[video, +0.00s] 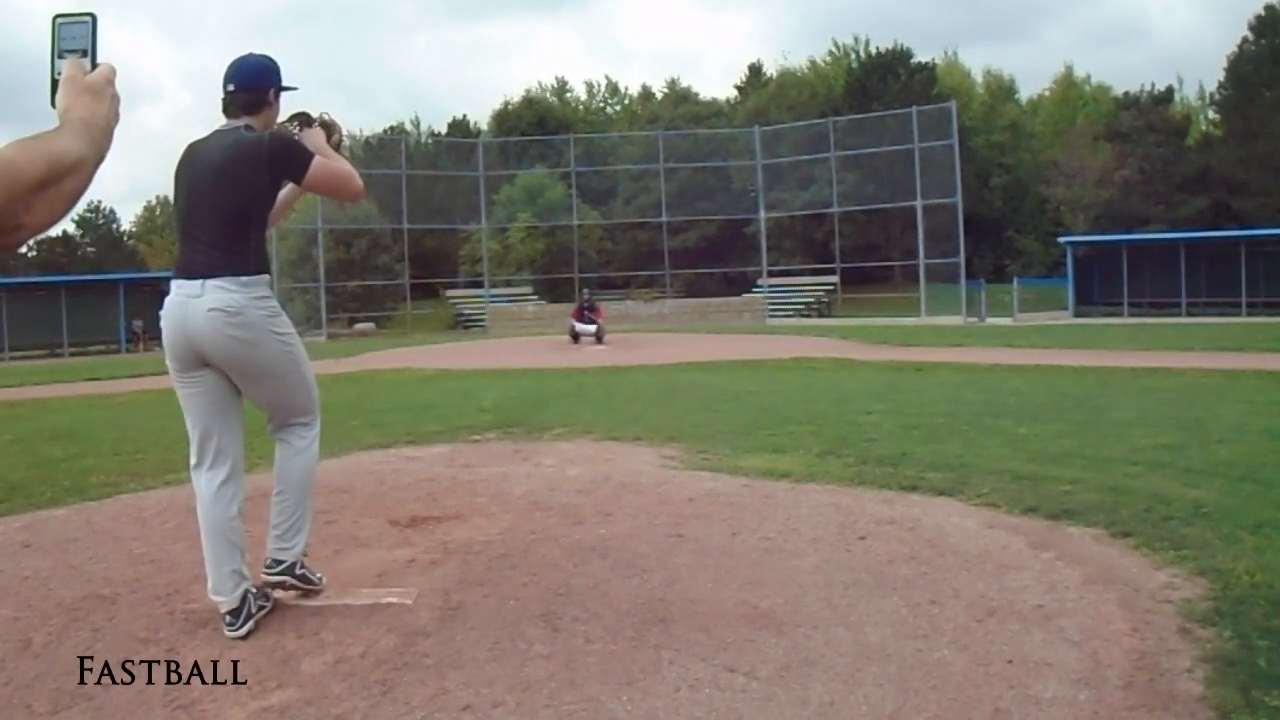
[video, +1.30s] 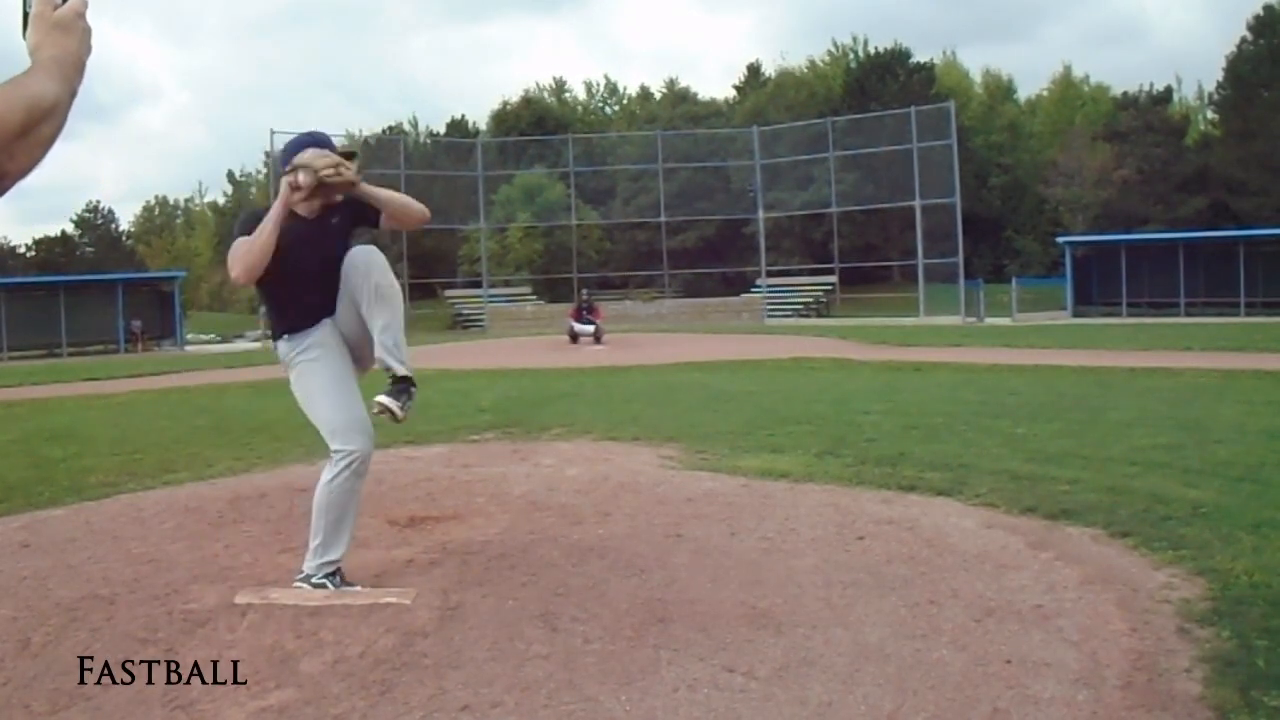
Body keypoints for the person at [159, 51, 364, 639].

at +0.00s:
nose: (279, 107)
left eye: (274, 98)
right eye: (280, 99)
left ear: (226, 100)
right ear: (272, 101)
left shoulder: (194, 153)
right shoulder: (273, 145)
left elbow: (259, 218)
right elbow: (352, 186)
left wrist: (300, 160)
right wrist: (321, 143)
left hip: (178, 310)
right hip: (239, 306)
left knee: (213, 462)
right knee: (297, 423)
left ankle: (234, 602)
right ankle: (286, 557)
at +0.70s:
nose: (317, 127)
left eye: (314, 118)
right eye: (314, 117)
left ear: (268, 122)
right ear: (301, 118)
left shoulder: (255, 176)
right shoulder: (277, 172)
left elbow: (335, 228)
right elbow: (362, 186)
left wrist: (376, 174)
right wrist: (368, 135)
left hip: (246, 331)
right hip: (282, 331)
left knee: (295, 434)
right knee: (341, 446)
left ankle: (243, 513)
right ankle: (314, 574)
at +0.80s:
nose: (318, 129)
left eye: (318, 120)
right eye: (316, 120)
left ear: (272, 121)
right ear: (303, 118)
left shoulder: (286, 176)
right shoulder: (265, 168)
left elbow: (353, 220)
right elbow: (339, 178)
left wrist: (385, 162)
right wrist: (366, 125)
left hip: (292, 324)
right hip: (277, 328)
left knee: (356, 399)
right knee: (340, 444)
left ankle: (282, 494)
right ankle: (313, 573)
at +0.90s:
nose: (322, 142)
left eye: (323, 133)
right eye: (319, 131)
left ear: (284, 125)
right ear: (301, 123)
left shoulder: (301, 179)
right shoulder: (246, 170)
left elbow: (366, 212)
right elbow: (312, 174)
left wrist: (380, 148)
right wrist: (349, 121)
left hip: (314, 320)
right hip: (277, 331)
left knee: (396, 371)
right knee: (341, 450)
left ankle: (349, 477)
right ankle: (312, 574)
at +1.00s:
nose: (319, 144)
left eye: (321, 137)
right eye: (314, 134)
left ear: (292, 138)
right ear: (294, 131)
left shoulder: (310, 182)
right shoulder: (236, 175)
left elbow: (377, 207)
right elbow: (281, 178)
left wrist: (367, 142)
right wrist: (326, 117)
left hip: (324, 316)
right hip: (277, 334)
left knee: (420, 329)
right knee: (344, 451)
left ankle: (420, 455)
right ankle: (312, 574)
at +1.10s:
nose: (331, 153)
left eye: (333, 142)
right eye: (322, 143)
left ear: (326, 148)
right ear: (292, 146)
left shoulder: (322, 189)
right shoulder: (240, 189)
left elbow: (385, 206)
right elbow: (263, 194)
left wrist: (357, 145)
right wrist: (302, 125)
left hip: (328, 313)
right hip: (285, 335)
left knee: (402, 284)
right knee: (348, 449)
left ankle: (445, 410)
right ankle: (314, 572)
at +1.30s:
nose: (310, 179)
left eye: (318, 170)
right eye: (303, 170)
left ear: (333, 175)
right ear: (289, 173)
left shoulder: (344, 209)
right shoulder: (259, 222)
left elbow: (419, 216)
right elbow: (241, 272)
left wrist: (357, 186)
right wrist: (281, 207)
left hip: (355, 330)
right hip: (308, 349)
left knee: (365, 257)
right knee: (353, 448)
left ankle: (399, 378)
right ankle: (320, 570)